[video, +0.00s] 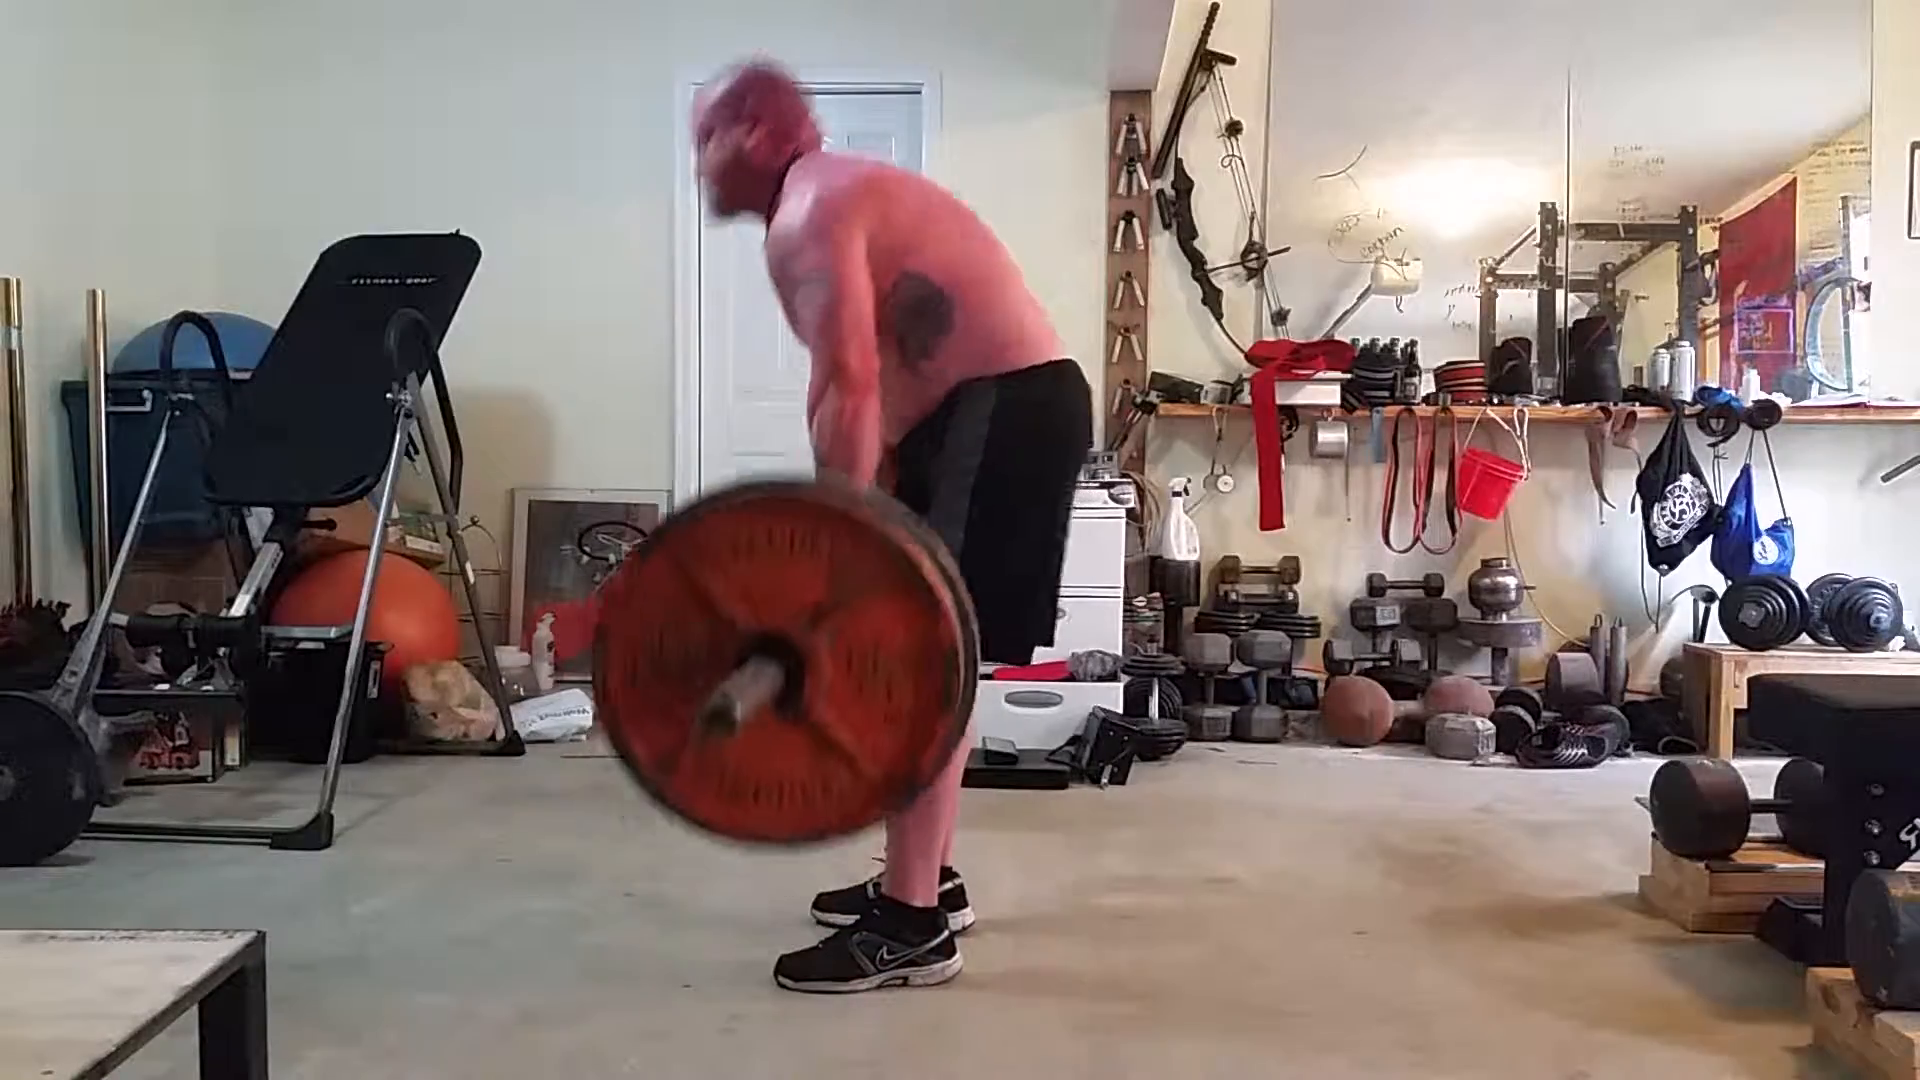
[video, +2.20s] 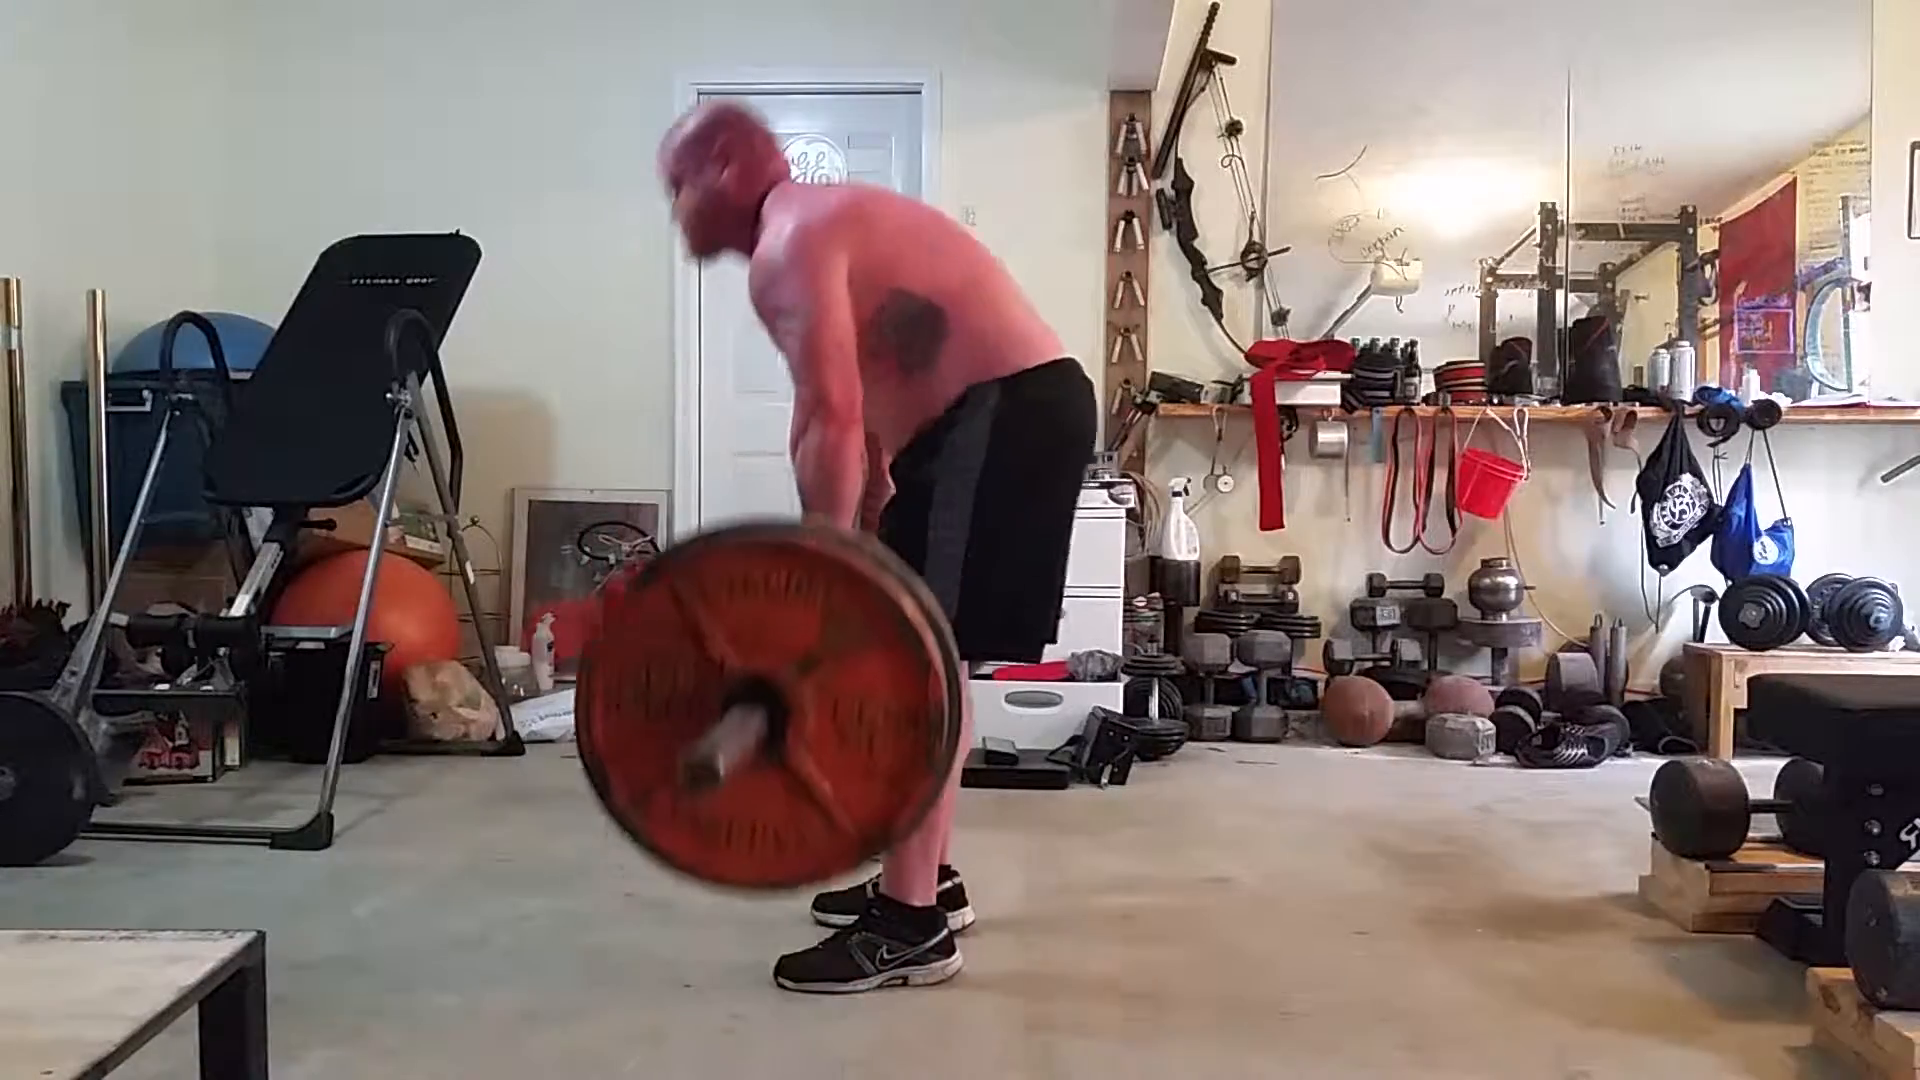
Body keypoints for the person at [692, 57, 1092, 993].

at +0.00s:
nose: (696, 164)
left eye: (706, 140)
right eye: (696, 143)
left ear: (757, 130)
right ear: (773, 134)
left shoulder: (814, 204)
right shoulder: (827, 202)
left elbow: (851, 385)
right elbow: (835, 390)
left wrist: (829, 557)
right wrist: (827, 551)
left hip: (997, 412)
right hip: (969, 413)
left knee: (929, 657)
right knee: (917, 648)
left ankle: (914, 918)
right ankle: (919, 883)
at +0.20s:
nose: (765, 40)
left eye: (782, 19)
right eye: (770, 22)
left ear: (836, 25)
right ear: (851, 33)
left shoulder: (859, 124)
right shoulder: (873, 121)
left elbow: (867, 304)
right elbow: (878, 308)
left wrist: (838, 467)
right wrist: (835, 461)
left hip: (959, 399)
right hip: (970, 398)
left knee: (925, 657)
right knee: (932, 654)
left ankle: (912, 917)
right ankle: (926, 882)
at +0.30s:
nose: (804, 15)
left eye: (818, 2)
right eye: (810, 2)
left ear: (868, 8)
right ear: (894, 16)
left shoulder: (886, 100)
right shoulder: (929, 100)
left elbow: (886, 282)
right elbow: (914, 287)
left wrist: (826, 445)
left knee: (916, 657)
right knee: (931, 653)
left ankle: (911, 919)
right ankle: (929, 880)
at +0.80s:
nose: (714, 100)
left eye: (721, 74)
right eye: (712, 80)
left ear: (776, 56)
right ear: (789, 59)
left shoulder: (831, 144)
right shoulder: (848, 137)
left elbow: (845, 324)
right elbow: (861, 324)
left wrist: (810, 489)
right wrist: (811, 483)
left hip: (949, 402)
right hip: (958, 401)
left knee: (898, 651)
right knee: (909, 649)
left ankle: (909, 917)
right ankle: (920, 878)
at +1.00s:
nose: (658, 215)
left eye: (656, 189)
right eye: (648, 197)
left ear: (701, 155)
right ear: (719, 149)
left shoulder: (779, 218)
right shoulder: (798, 206)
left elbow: (826, 397)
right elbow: (839, 396)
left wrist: (811, 571)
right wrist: (823, 568)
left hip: (971, 409)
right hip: (970, 408)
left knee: (913, 656)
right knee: (922, 651)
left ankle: (909, 916)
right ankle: (923, 878)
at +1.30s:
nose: (651, 352)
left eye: (642, 328)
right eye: (638, 336)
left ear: (673, 280)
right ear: (685, 274)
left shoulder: (762, 331)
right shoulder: (774, 319)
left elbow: (815, 512)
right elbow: (863, 515)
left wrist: (813, 678)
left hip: (1008, 421)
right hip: (1013, 416)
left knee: (905, 664)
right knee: (930, 665)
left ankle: (910, 921)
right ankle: (921, 887)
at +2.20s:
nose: (676, 216)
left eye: (678, 190)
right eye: (671, 195)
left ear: (730, 168)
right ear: (746, 166)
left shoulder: (796, 236)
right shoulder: (817, 226)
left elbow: (833, 419)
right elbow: (863, 426)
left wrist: (817, 586)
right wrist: (849, 561)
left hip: (999, 414)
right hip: (985, 418)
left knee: (920, 658)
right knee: (920, 651)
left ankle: (912, 912)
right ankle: (922, 875)